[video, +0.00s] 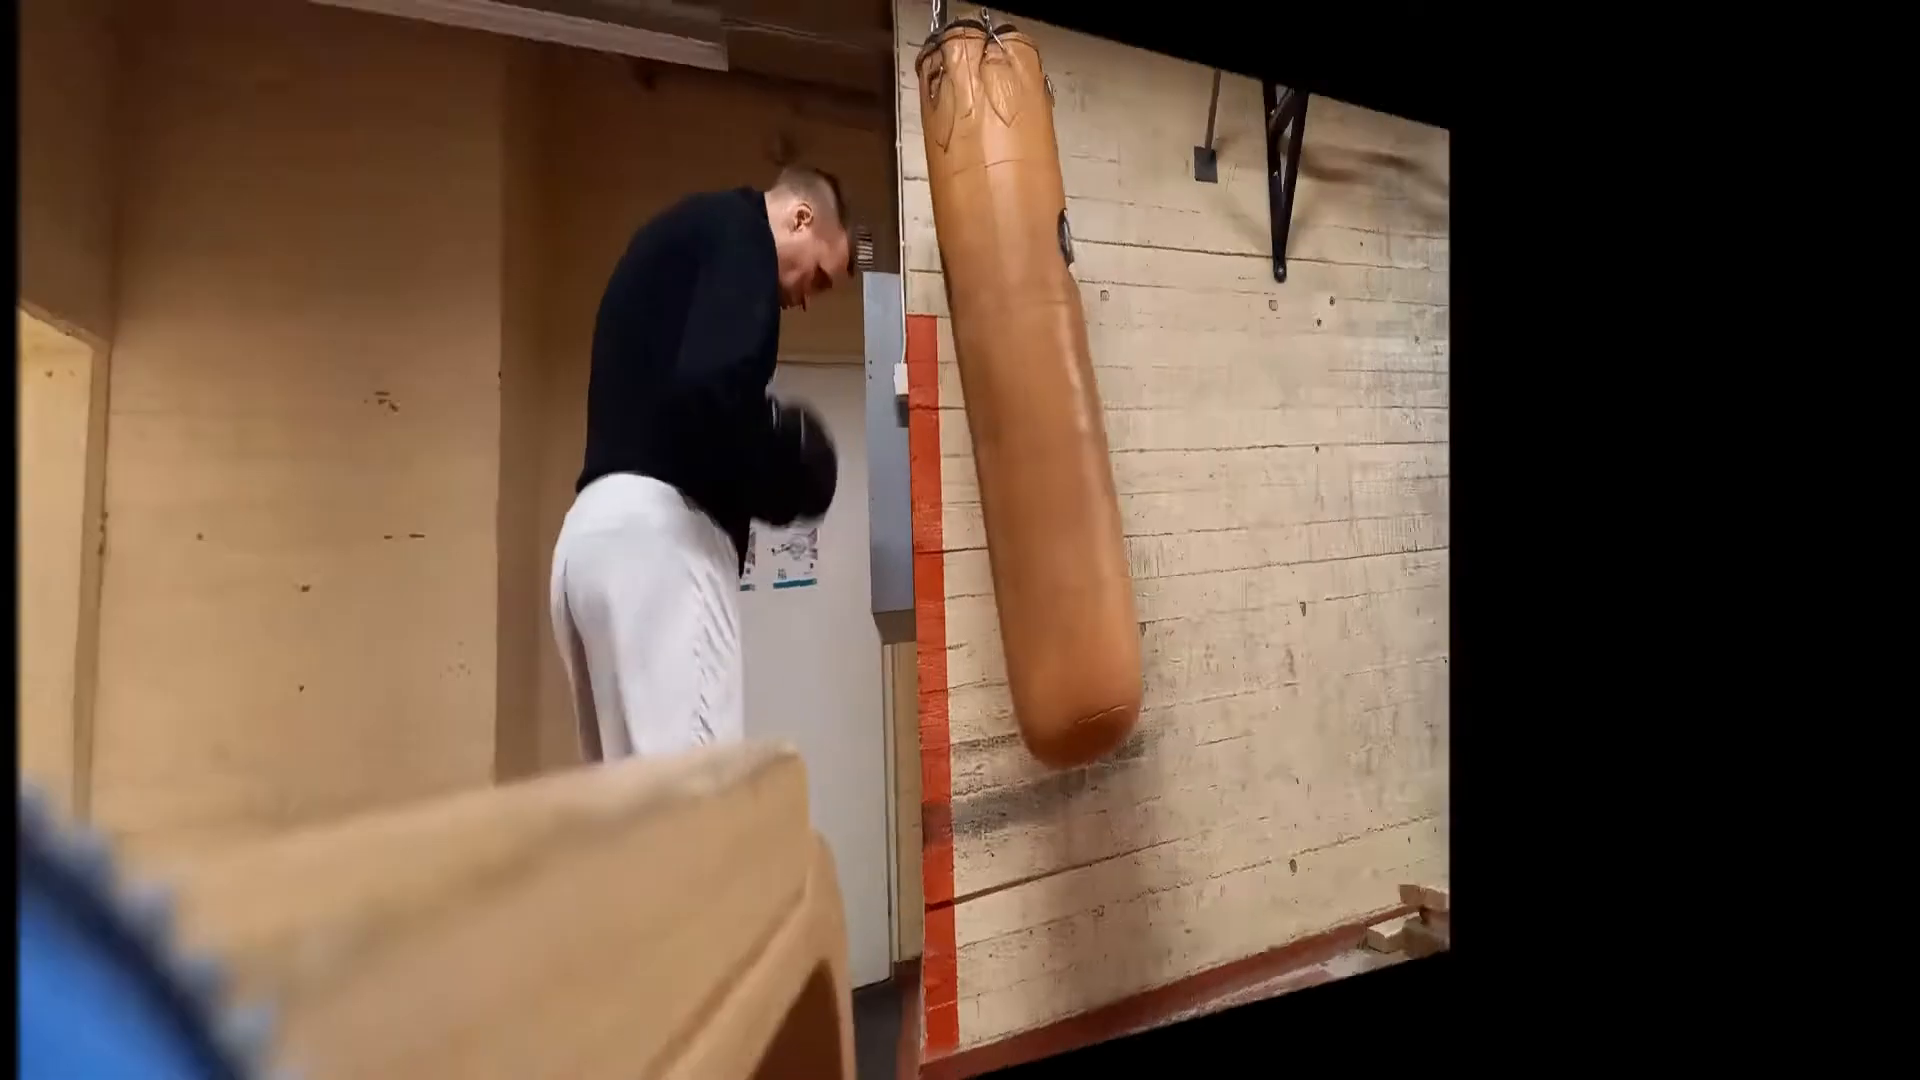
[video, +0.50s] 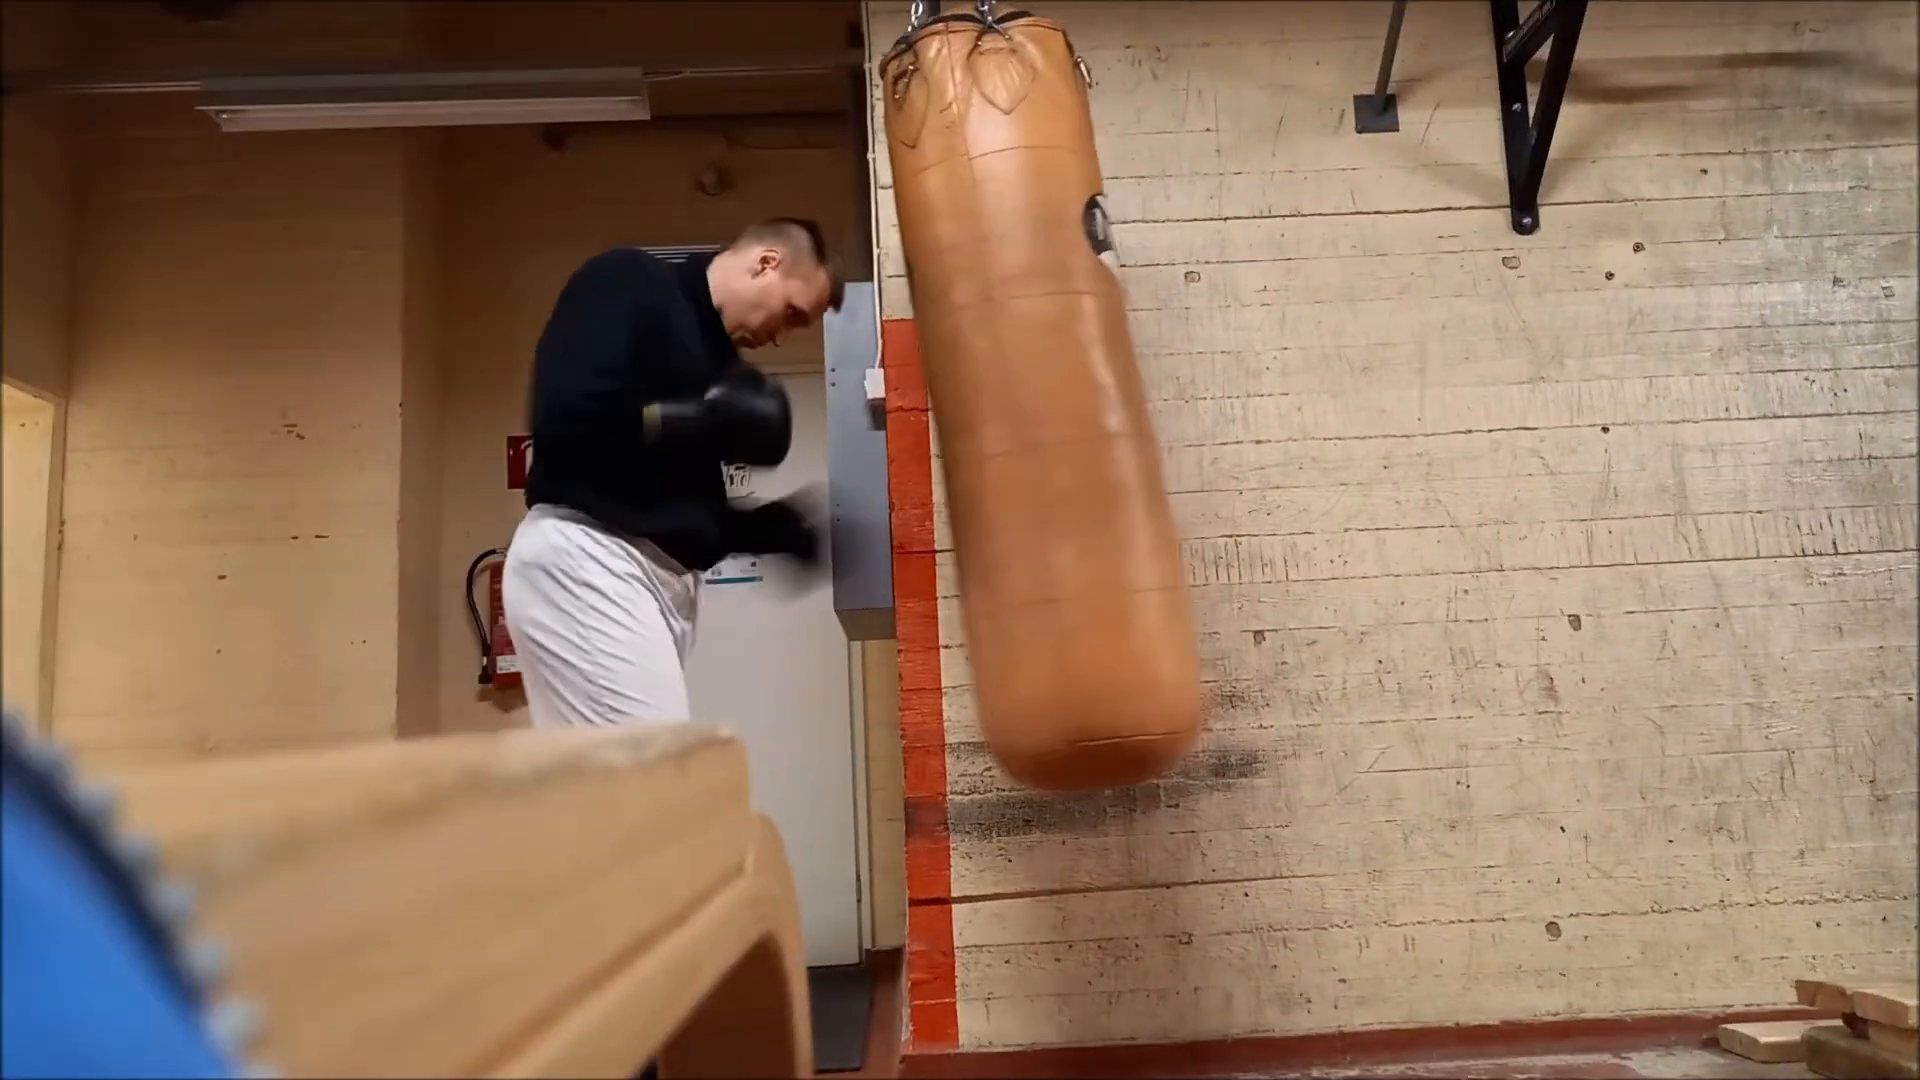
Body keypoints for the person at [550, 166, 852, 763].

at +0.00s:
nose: (804, 300)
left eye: (820, 288)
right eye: (818, 275)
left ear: (794, 216)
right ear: (799, 218)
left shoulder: (671, 242)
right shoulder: (740, 234)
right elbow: (713, 393)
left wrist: (767, 454)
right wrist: (790, 473)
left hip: (593, 533)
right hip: (657, 532)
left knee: (628, 808)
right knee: (695, 809)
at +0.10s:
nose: (744, 321)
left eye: (762, 310)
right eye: (760, 297)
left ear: (733, 242)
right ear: (735, 245)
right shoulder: (666, 265)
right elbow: (629, 400)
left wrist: (714, 428)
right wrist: (722, 451)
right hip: (578, 539)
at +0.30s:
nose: (746, 345)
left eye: (764, 334)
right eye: (762, 322)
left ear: (738, 273)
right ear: (739, 275)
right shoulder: (678, 292)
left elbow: (526, 474)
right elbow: (650, 430)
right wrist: (727, 504)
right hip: (587, 556)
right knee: (659, 799)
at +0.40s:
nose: (770, 340)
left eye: (784, 328)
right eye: (781, 317)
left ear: (752, 269)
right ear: (756, 270)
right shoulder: (655, 286)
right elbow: (622, 429)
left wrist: (699, 557)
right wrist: (728, 432)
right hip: (582, 564)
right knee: (667, 786)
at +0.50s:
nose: (780, 338)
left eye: (795, 327)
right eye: (792, 313)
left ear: (764, 264)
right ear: (765, 264)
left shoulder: (720, 369)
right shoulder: (625, 282)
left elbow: (679, 521)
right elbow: (567, 438)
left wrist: (771, 525)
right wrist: (703, 422)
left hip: (663, 584)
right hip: (583, 564)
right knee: (654, 786)